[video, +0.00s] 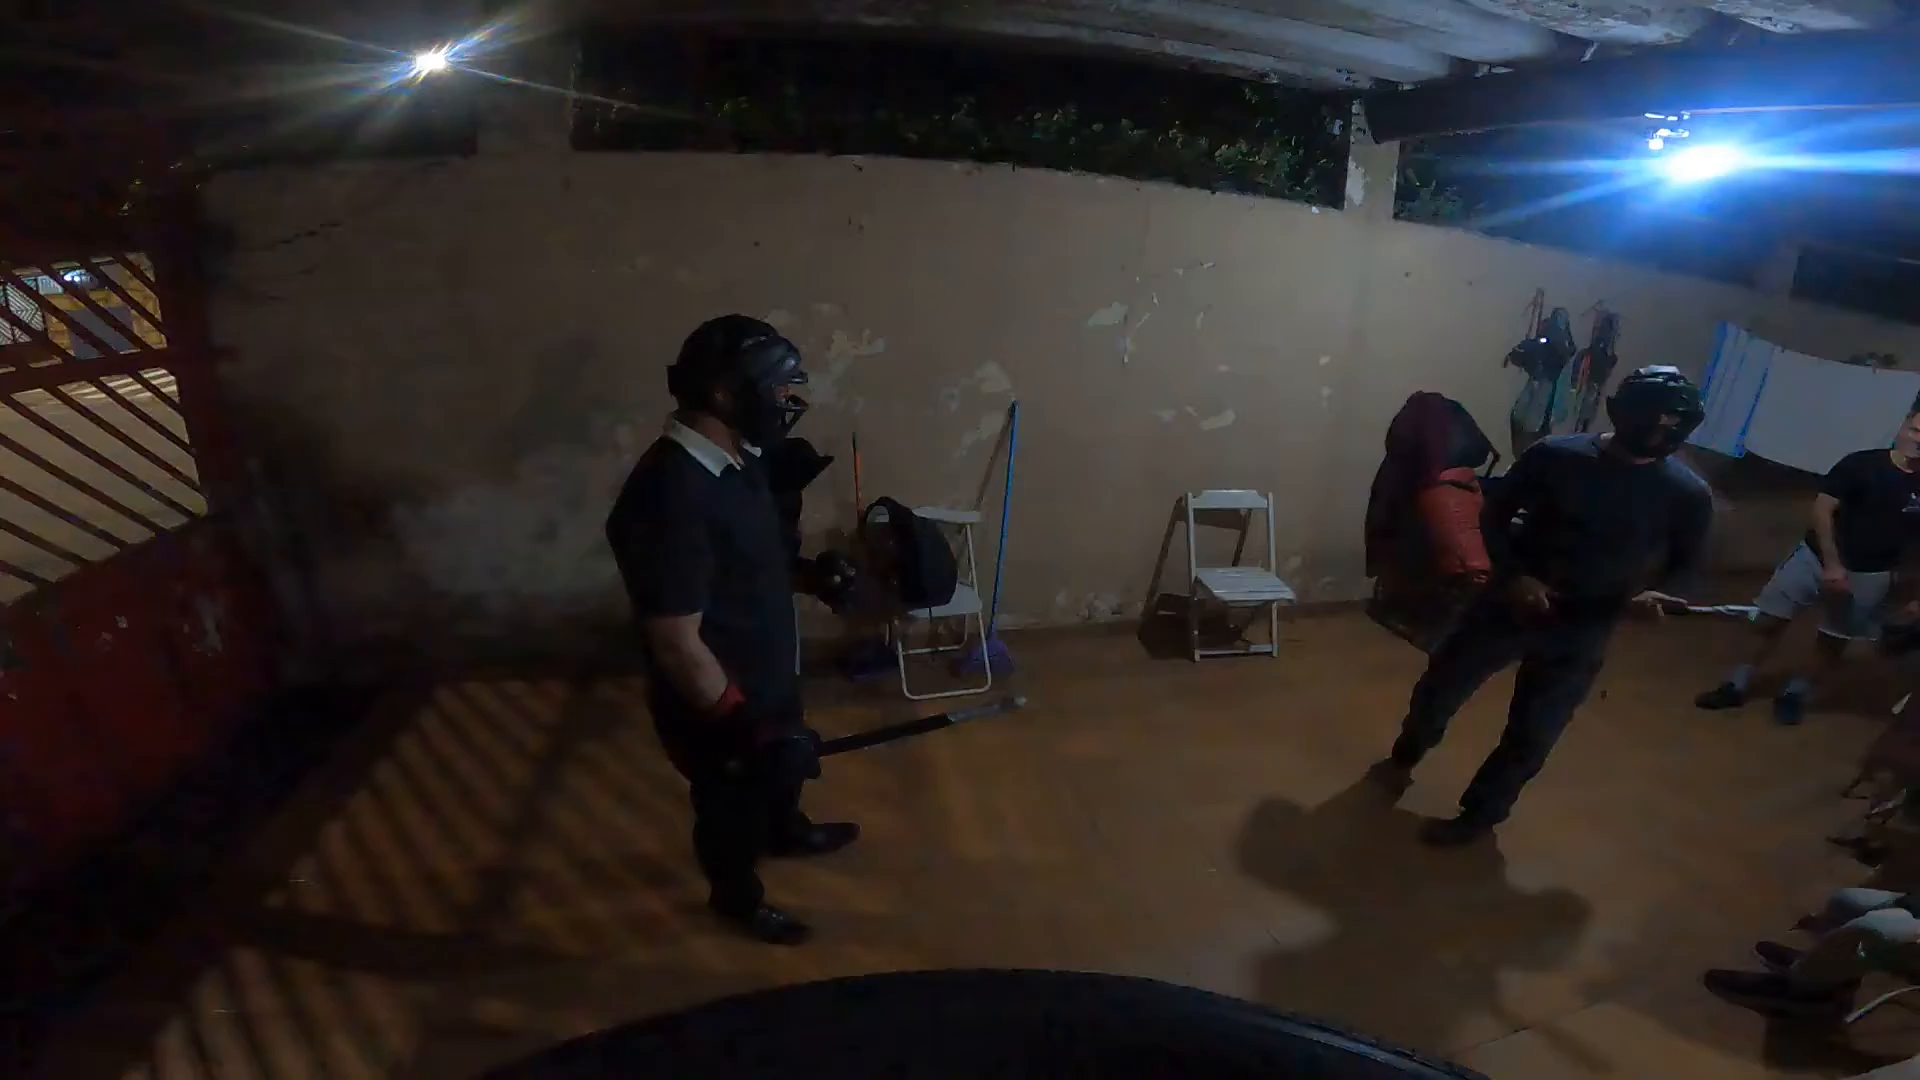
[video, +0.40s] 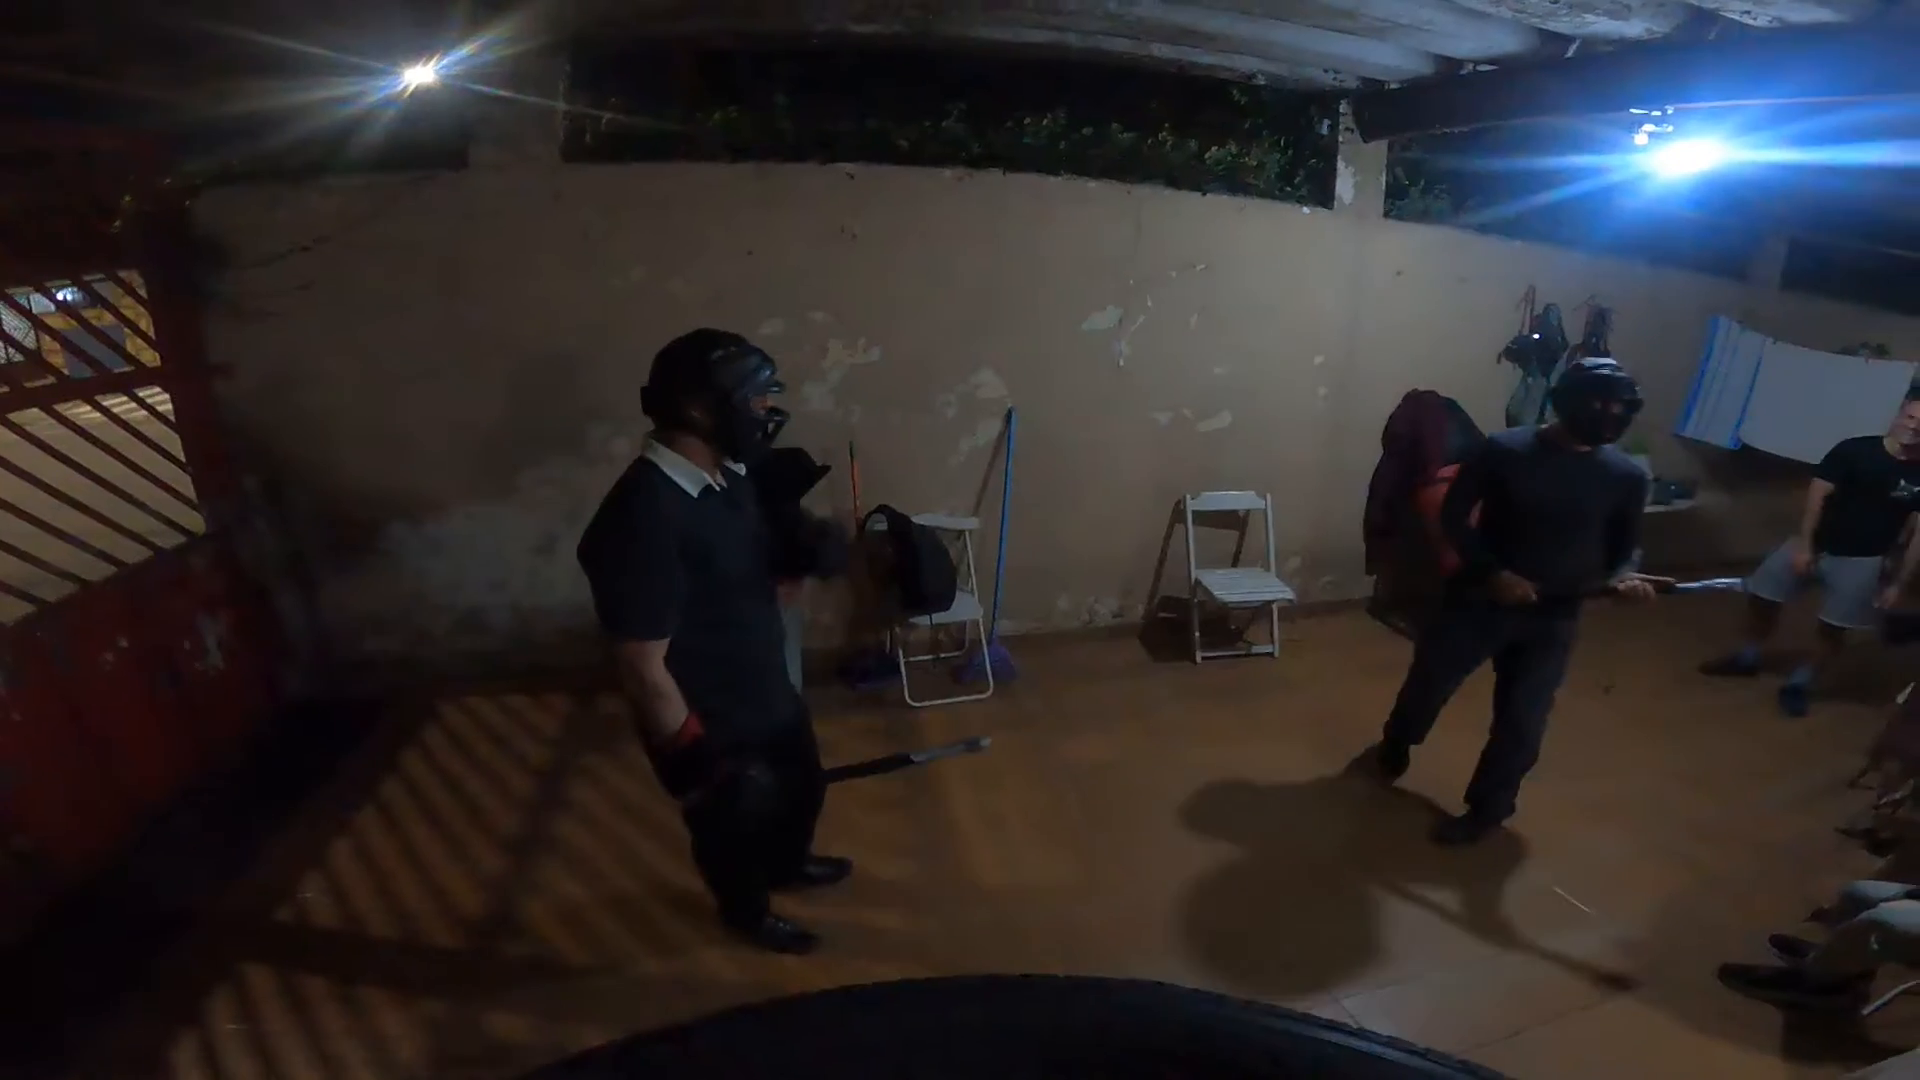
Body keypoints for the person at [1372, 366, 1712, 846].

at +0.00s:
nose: (1663, 425)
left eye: (1675, 417)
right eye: (1653, 412)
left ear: (1683, 428)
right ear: (1622, 409)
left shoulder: (1688, 498)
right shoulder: (1554, 457)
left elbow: (1689, 575)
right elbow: (1493, 512)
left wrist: (1664, 598)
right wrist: (1512, 574)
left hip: (1582, 633)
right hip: (1512, 605)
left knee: (1530, 739)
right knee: (1439, 686)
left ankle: (1476, 820)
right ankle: (1409, 750)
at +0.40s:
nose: (1617, 416)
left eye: (1623, 406)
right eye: (1607, 404)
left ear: (1625, 412)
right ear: (1573, 403)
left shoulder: (1626, 479)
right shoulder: (1504, 452)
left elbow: (1624, 546)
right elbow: (1452, 516)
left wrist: (1623, 575)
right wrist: (1492, 571)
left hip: (1550, 622)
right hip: (1479, 604)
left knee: (1520, 729)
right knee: (1428, 683)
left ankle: (1484, 814)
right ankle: (1393, 749)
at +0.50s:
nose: (1591, 412)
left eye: (1598, 403)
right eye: (1580, 401)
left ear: (1604, 409)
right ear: (1548, 399)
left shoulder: (1605, 474)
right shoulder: (1487, 449)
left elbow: (1608, 537)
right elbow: (1437, 513)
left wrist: (1600, 564)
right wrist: (1473, 566)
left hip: (1536, 612)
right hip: (1464, 598)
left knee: (1509, 717)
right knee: (1420, 681)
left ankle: (1479, 810)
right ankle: (1390, 746)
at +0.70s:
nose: (1519, 393)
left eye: (1530, 383)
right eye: (1508, 381)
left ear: (1542, 390)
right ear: (1483, 382)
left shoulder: (1558, 456)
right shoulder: (1442, 439)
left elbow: (1576, 523)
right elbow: (1400, 503)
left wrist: (1546, 549)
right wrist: (1419, 551)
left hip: (1502, 593)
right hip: (1434, 579)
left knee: (1482, 704)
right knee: (1399, 665)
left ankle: (1457, 799)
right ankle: (1379, 739)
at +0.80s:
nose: (1485, 387)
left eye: (1497, 377)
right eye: (1476, 375)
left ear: (1514, 385)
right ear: (1457, 379)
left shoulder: (1540, 449)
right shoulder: (1425, 435)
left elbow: (1560, 518)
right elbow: (1386, 498)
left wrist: (1523, 542)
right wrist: (1404, 546)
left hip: (1488, 580)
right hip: (1423, 569)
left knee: (1472, 697)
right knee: (1391, 659)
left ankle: (1447, 791)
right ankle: (1373, 737)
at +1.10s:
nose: (1423, 404)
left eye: (1429, 395)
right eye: (1418, 395)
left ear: (1449, 386)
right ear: (1409, 388)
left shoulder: (1493, 432)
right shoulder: (1387, 426)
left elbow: (1526, 498)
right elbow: (1361, 489)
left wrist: (1470, 527)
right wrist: (1362, 534)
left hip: (1454, 566)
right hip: (1391, 557)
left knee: (1446, 663)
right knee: (1364, 644)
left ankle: (1437, 746)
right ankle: (1350, 725)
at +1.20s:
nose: (1415, 399)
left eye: (1422, 390)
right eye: (1407, 389)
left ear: (1445, 380)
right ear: (1396, 381)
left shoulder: (1479, 428)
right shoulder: (1376, 422)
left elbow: (1509, 495)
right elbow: (1347, 485)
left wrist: (1453, 521)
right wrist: (1345, 528)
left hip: (1439, 560)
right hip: (1376, 551)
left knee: (1434, 655)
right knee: (1352, 638)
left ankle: (1424, 733)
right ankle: (1337, 718)